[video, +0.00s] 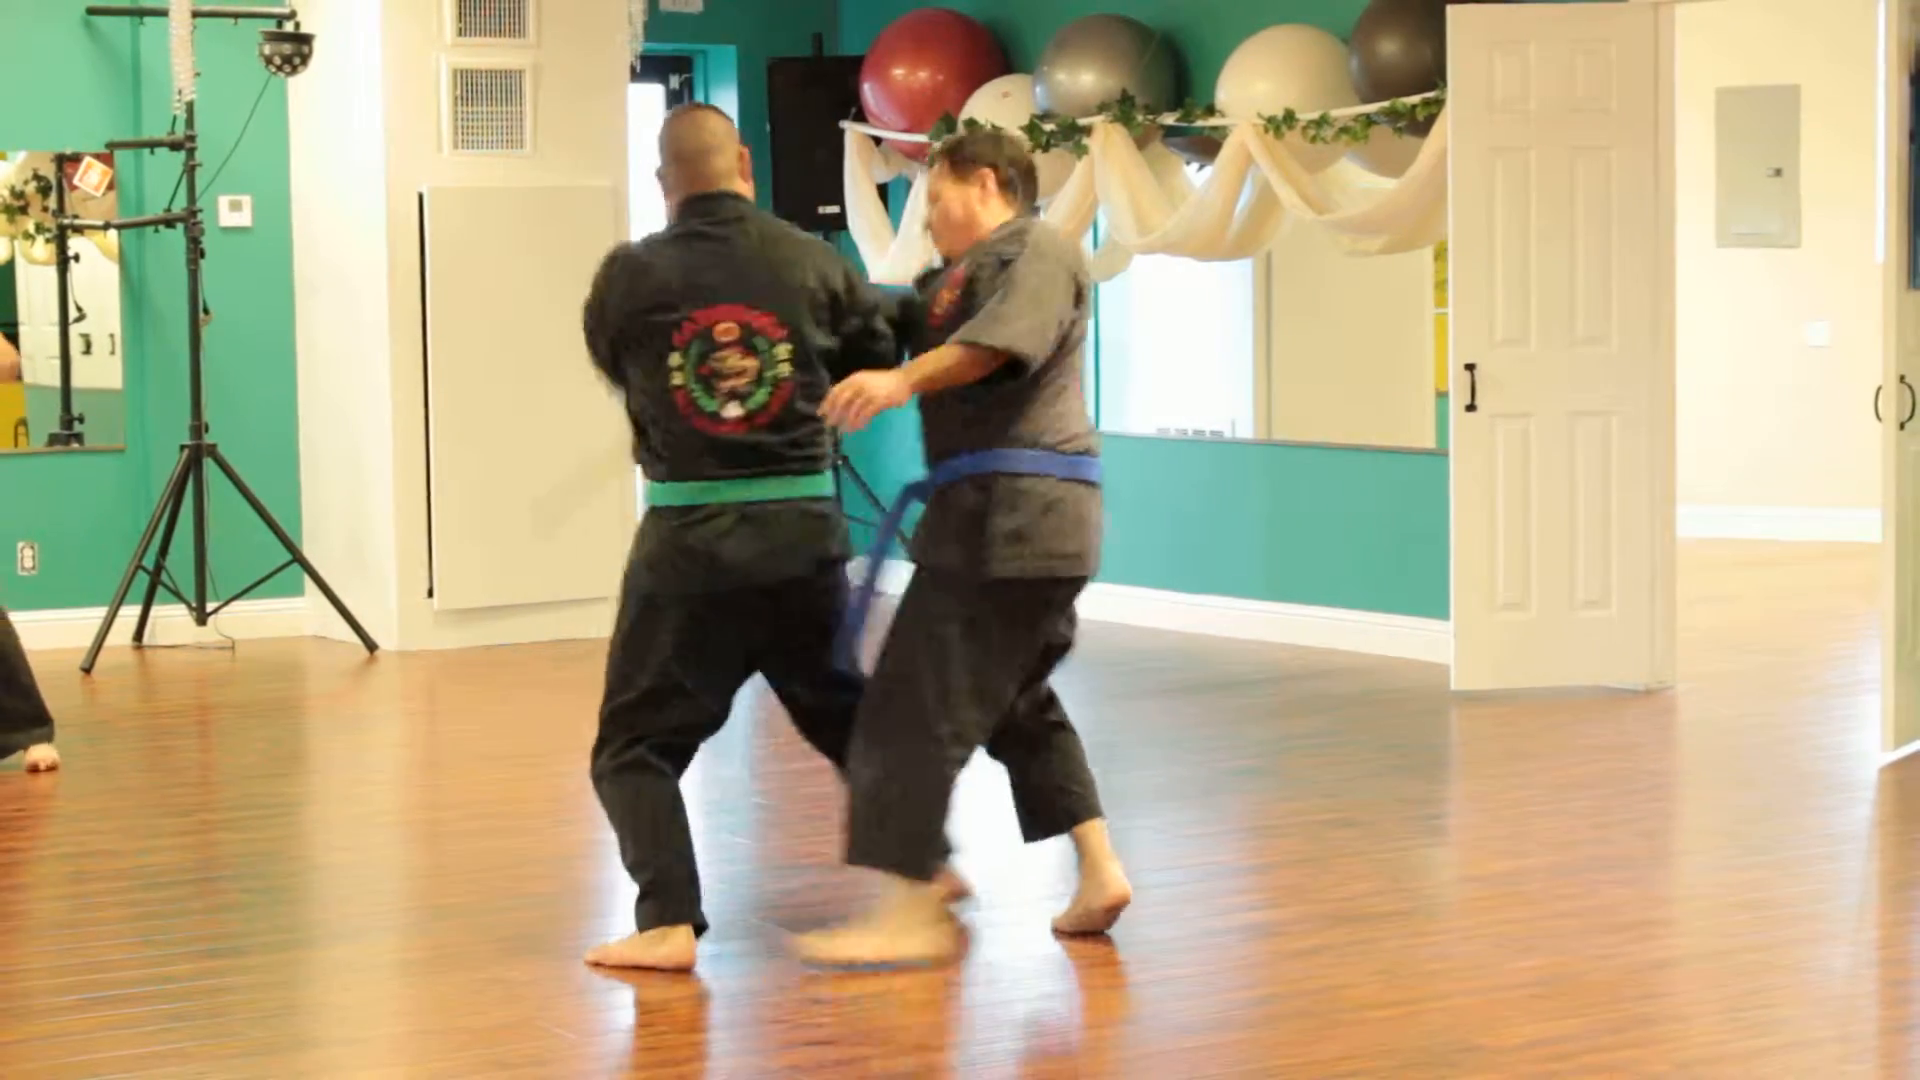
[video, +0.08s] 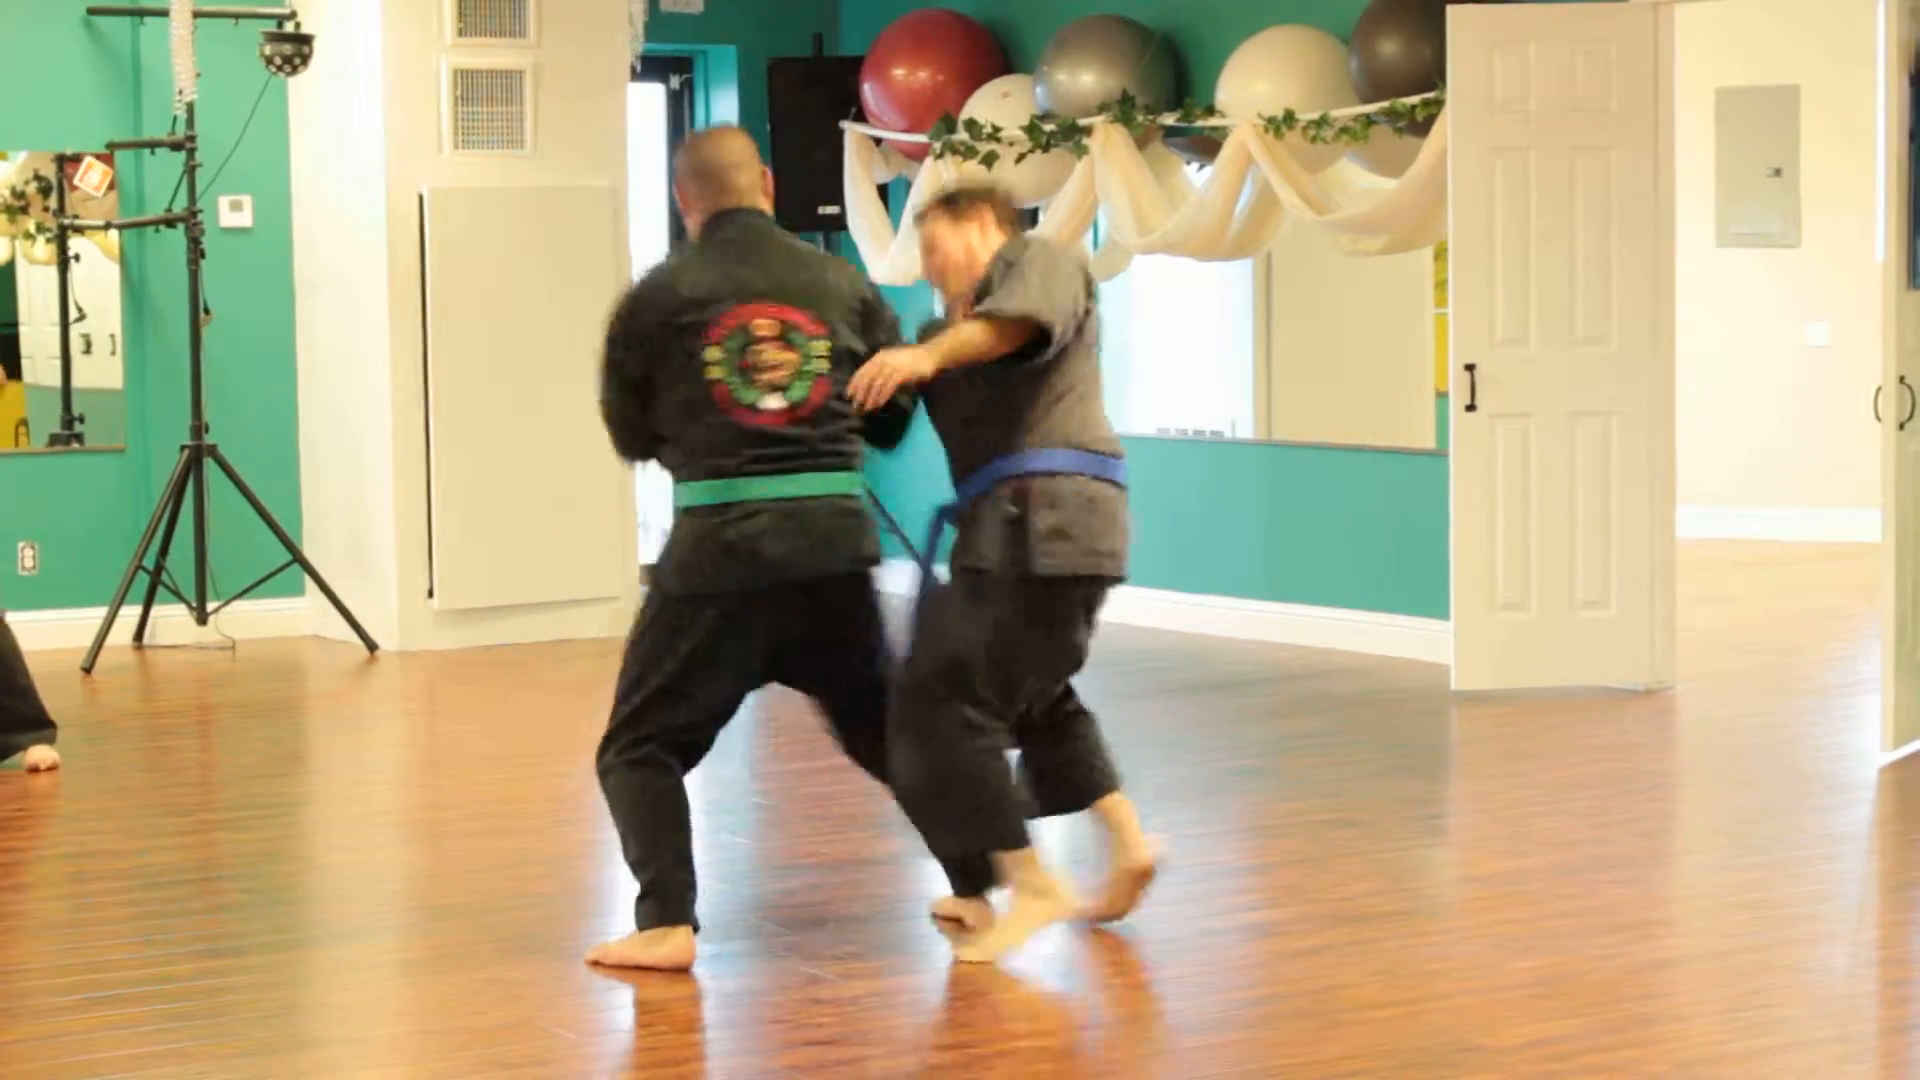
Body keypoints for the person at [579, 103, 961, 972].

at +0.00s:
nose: (746, 167)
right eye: (743, 158)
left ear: (663, 181)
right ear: (742, 168)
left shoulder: (627, 275)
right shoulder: (810, 260)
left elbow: (614, 361)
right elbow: (879, 342)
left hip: (686, 545)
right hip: (800, 539)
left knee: (634, 744)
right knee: (838, 704)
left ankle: (668, 924)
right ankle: (930, 865)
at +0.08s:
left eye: (678, 202)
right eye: (772, 183)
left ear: (685, 203)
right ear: (769, 189)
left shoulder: (656, 297)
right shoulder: (842, 282)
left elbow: (632, 434)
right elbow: (888, 416)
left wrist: (715, 404)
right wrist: (813, 404)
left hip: (718, 559)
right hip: (834, 553)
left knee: (640, 746)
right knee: (880, 725)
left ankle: (667, 926)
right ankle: (975, 884)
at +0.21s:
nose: (698, 279)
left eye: (696, 269)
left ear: (706, 267)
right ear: (785, 255)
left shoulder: (695, 338)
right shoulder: (862, 319)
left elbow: (676, 495)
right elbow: (929, 448)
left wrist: (744, 518)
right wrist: (888, 505)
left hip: (785, 566)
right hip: (899, 560)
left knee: (679, 720)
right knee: (925, 710)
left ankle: (664, 921)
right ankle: (978, 895)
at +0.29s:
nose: (702, 332)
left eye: (700, 323)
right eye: (704, 324)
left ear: (711, 318)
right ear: (786, 303)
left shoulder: (705, 380)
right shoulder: (862, 352)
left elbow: (706, 535)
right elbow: (929, 454)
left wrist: (785, 580)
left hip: (828, 553)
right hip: (939, 538)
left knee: (693, 708)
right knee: (952, 700)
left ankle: (706, 912)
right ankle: (984, 899)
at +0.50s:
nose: (713, 404)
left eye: (709, 395)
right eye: (712, 396)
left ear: (717, 390)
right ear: (789, 370)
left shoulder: (721, 446)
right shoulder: (870, 406)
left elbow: (749, 609)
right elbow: (937, 497)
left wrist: (820, 642)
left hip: (878, 587)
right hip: (987, 564)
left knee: (736, 743)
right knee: (987, 717)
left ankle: (809, 935)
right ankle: (999, 899)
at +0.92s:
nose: (801, 395)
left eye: (801, 389)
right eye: (802, 390)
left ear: (812, 388)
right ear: (883, 377)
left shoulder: (795, 440)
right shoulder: (936, 417)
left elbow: (785, 605)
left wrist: (805, 698)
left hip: (923, 581)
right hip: (1037, 569)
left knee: (777, 733)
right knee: (1018, 694)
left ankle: (808, 936)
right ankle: (1036, 890)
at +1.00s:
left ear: (863, 366)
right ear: (935, 359)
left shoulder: (836, 420)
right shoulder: (990, 408)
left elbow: (835, 561)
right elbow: (1013, 511)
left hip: (914, 566)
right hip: (1033, 558)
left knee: (806, 728)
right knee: (1027, 710)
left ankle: (824, 914)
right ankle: (1030, 890)